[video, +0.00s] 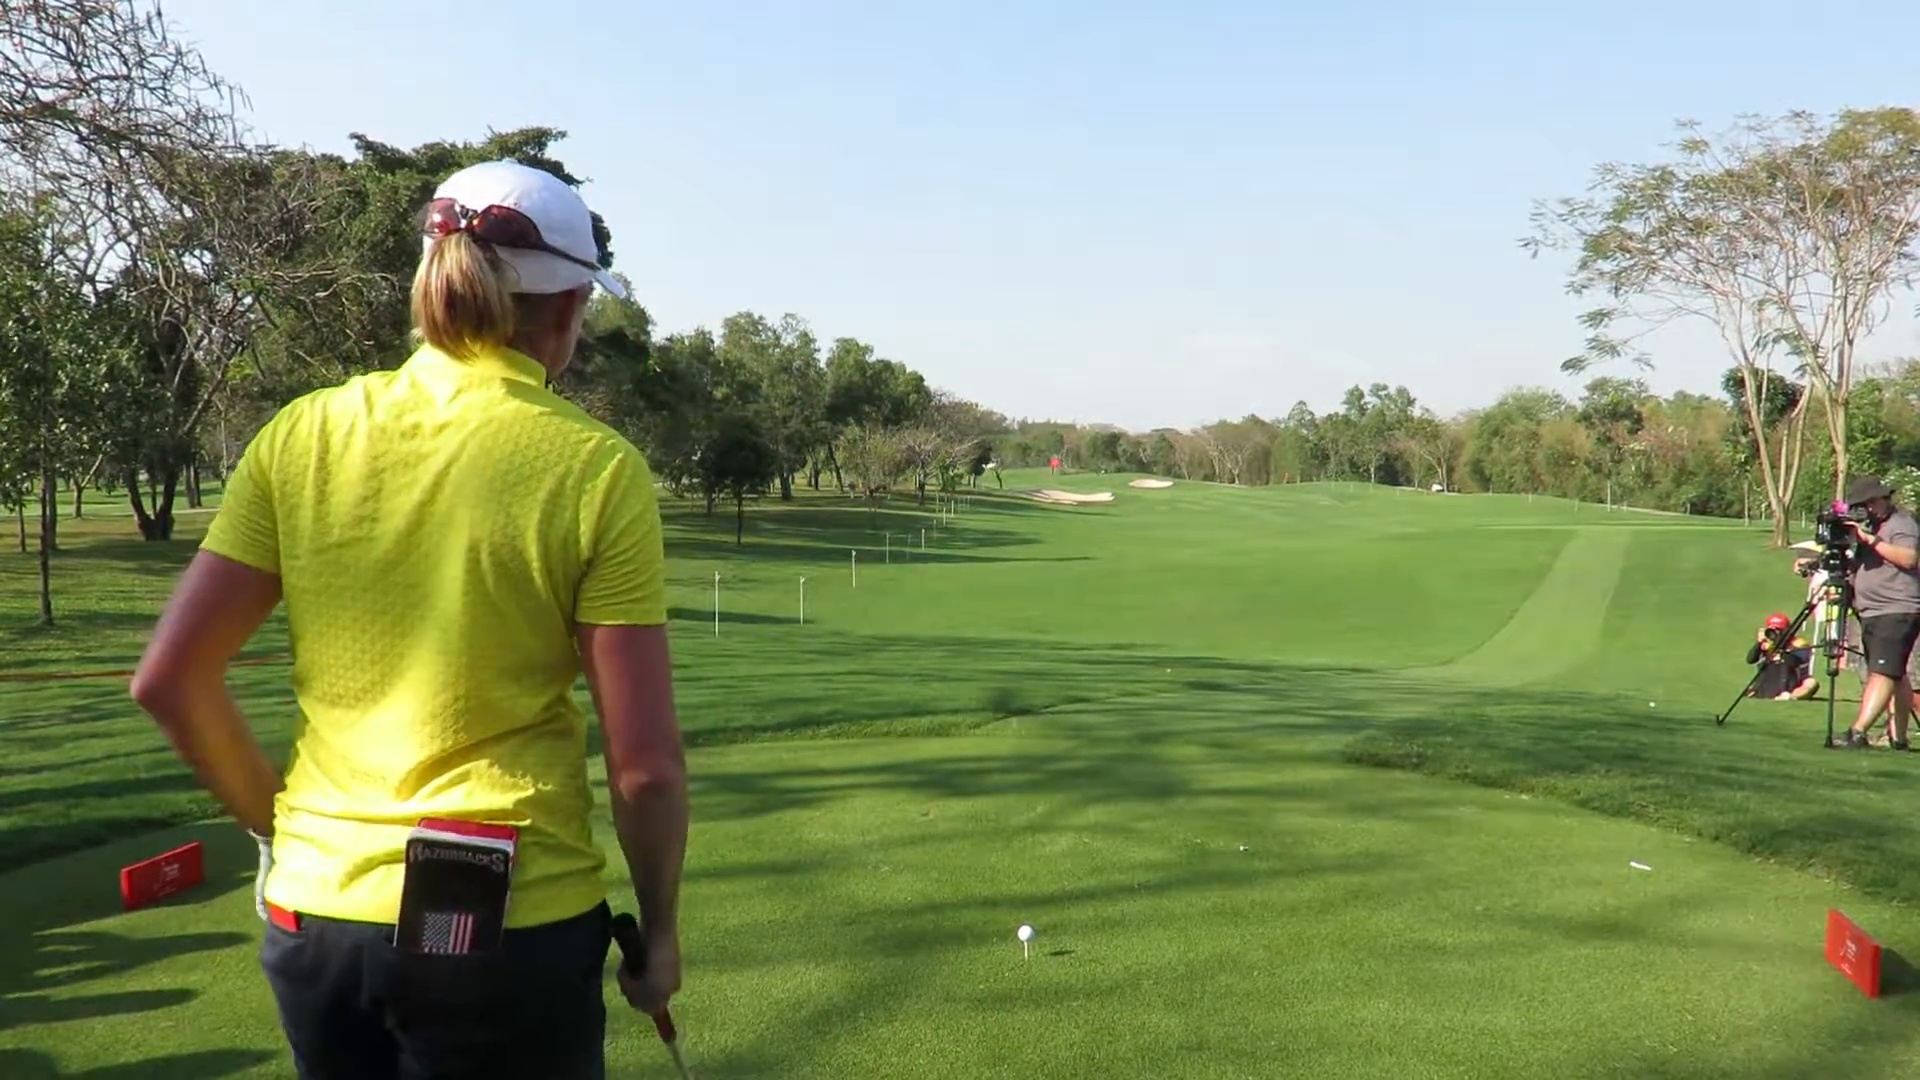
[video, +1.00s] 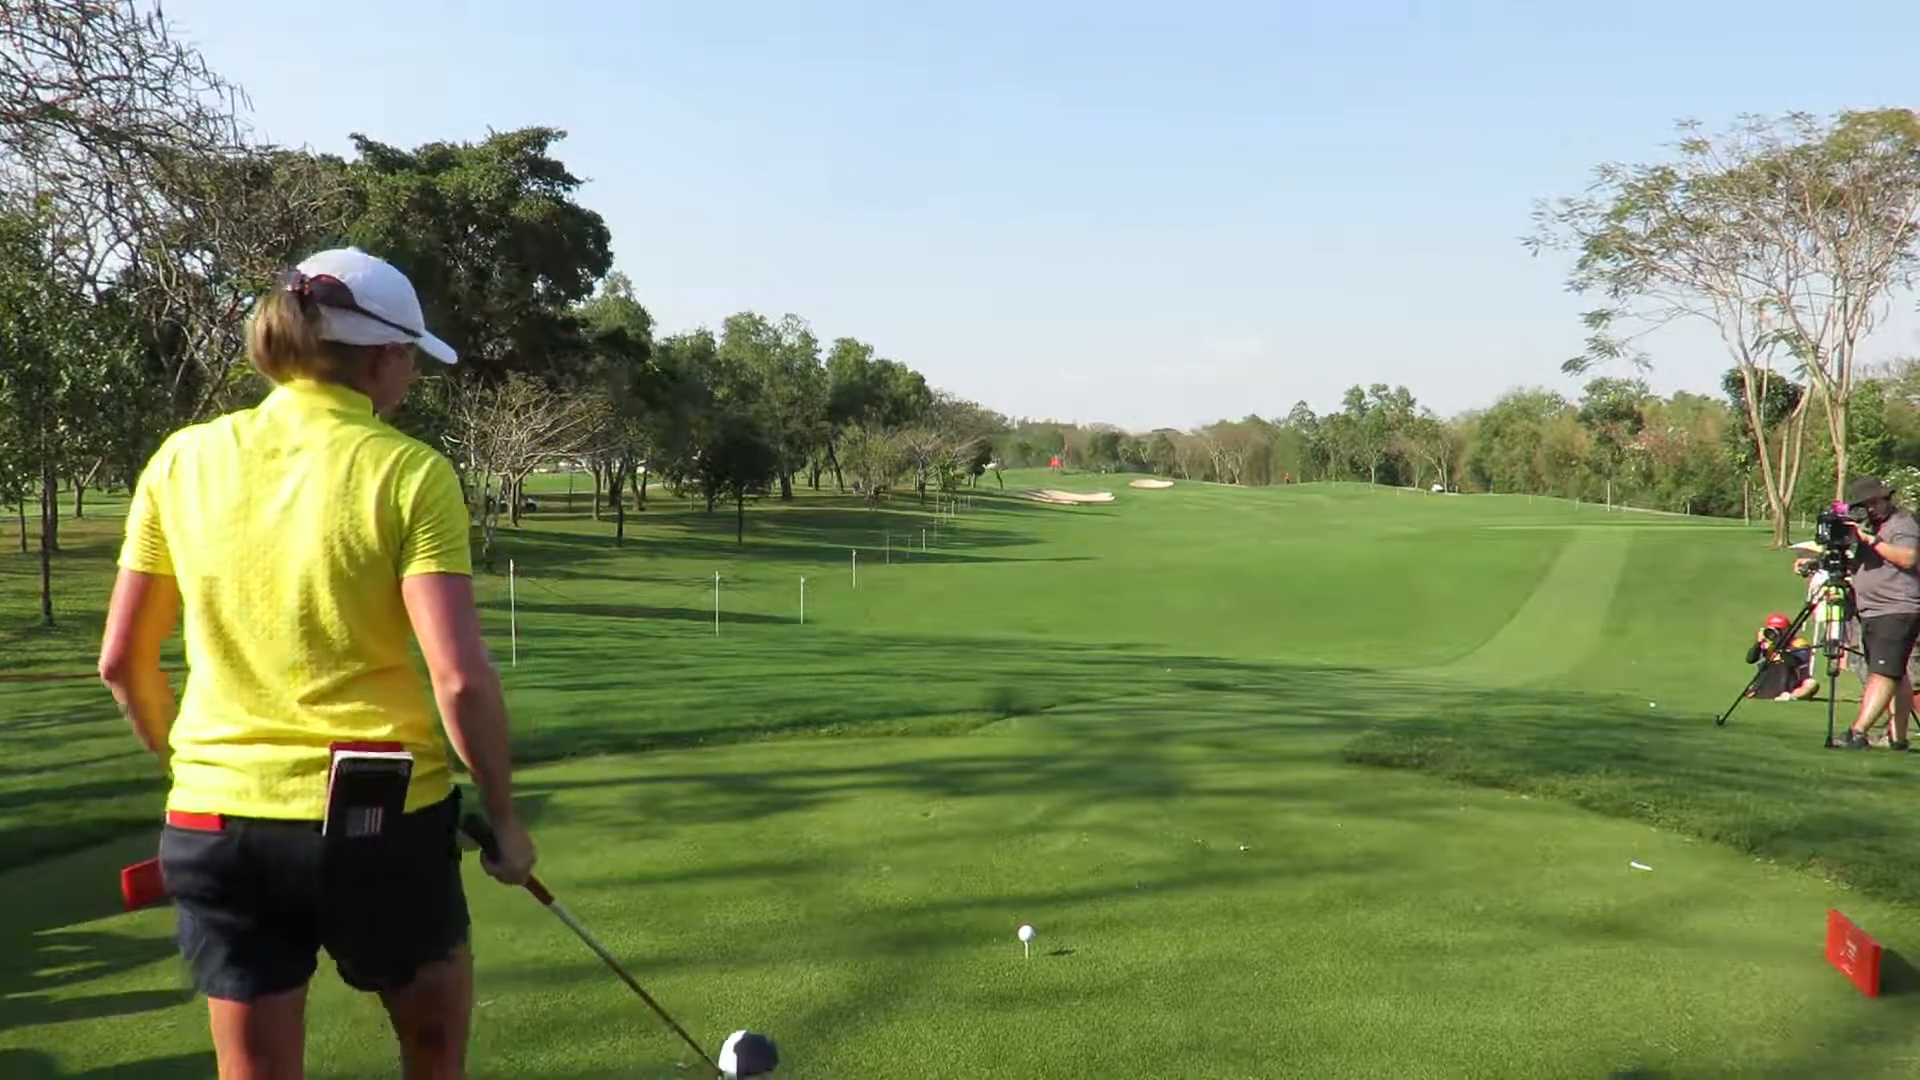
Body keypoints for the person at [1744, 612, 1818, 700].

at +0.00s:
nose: (1774, 636)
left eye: (1777, 632)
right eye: (1771, 632)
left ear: (1786, 631)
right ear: (1767, 632)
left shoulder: (1798, 644)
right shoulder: (1767, 645)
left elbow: (1799, 661)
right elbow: (1750, 660)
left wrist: (1783, 655)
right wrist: (1759, 643)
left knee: (1812, 683)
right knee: (1749, 691)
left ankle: (1791, 696)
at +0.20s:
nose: (1775, 636)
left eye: (1778, 632)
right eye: (1771, 633)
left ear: (1786, 632)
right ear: (1767, 633)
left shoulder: (1799, 645)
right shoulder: (1767, 645)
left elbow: (1798, 661)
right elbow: (1751, 661)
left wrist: (1782, 657)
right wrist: (1759, 643)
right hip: (1768, 682)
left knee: (1812, 683)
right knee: (1749, 691)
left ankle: (1791, 697)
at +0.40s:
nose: (1774, 636)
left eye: (1777, 632)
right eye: (1770, 632)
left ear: (1786, 631)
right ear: (1767, 633)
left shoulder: (1799, 645)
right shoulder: (1767, 645)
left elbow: (1798, 661)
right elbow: (1750, 660)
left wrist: (1782, 657)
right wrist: (1759, 643)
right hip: (1767, 684)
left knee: (1812, 683)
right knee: (1748, 691)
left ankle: (1791, 697)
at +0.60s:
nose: (1774, 636)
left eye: (1777, 632)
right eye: (1771, 633)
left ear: (1786, 631)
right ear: (1767, 633)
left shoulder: (1800, 645)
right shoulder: (1768, 645)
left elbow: (1798, 662)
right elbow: (1750, 660)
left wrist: (1782, 656)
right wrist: (1759, 644)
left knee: (1812, 683)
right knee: (1749, 691)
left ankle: (1791, 697)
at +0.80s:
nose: (1773, 636)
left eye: (1777, 632)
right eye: (1770, 632)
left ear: (1786, 632)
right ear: (1767, 632)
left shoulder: (1799, 645)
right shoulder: (1767, 645)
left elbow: (1798, 662)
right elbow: (1750, 660)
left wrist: (1783, 656)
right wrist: (1759, 643)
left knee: (1812, 683)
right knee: (1749, 691)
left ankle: (1791, 696)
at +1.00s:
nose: (1773, 636)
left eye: (1776, 632)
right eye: (1770, 632)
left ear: (1785, 631)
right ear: (1767, 632)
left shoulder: (1799, 644)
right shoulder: (1768, 645)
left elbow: (1798, 662)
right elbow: (1750, 660)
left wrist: (1783, 656)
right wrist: (1758, 643)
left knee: (1812, 683)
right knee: (1749, 691)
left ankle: (1791, 696)